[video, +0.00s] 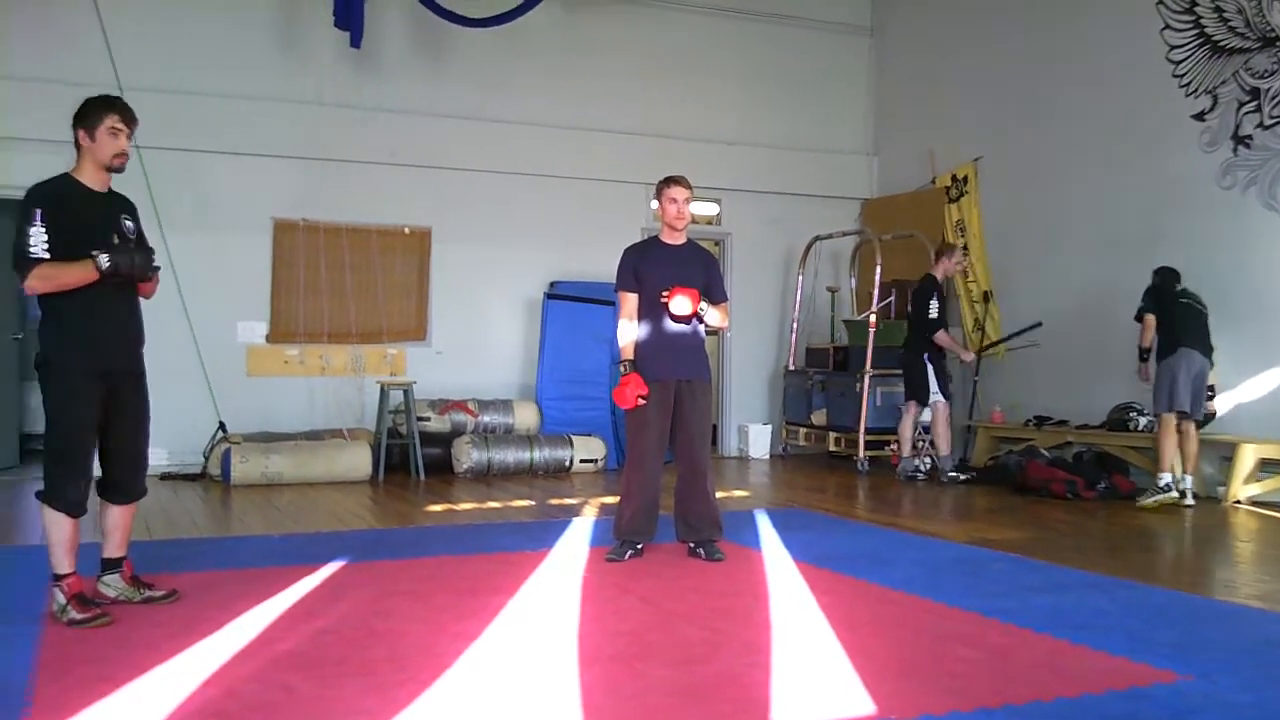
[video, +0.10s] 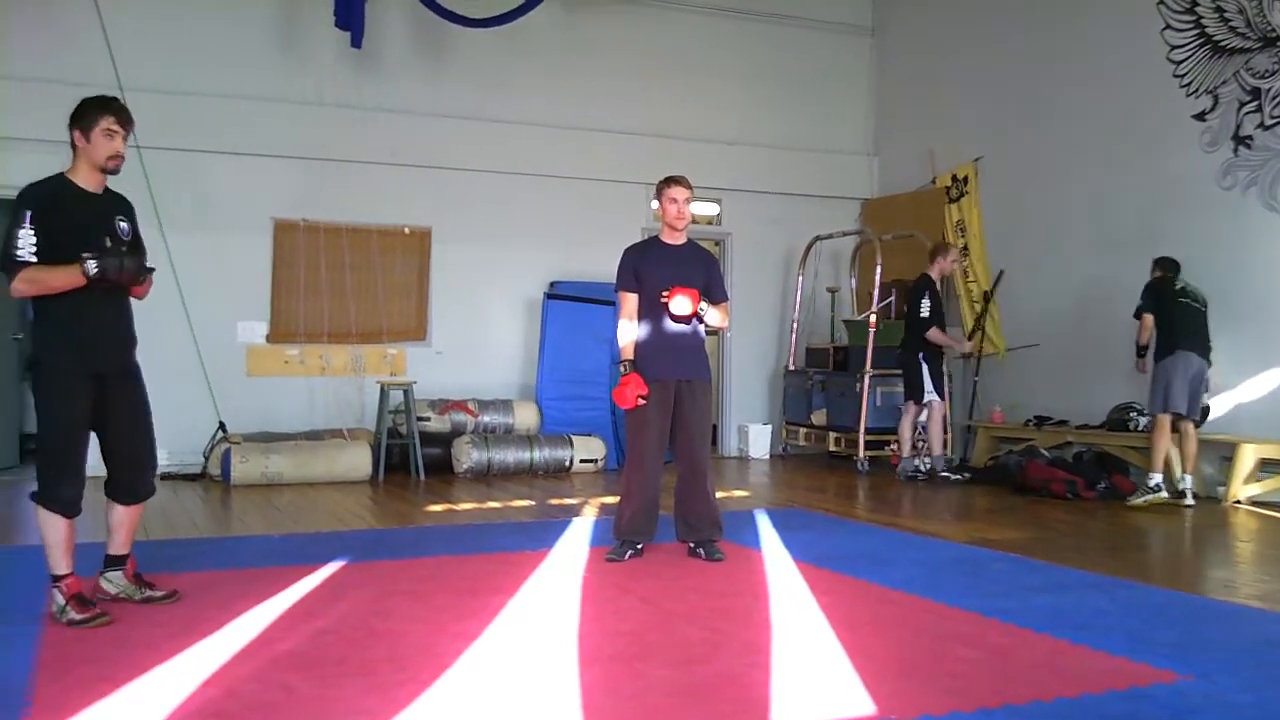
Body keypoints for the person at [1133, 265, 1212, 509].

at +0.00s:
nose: (1152, 282)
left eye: (1154, 279)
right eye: (1155, 279)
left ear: (1156, 280)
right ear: (1178, 282)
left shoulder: (1155, 290)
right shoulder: (1195, 299)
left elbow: (1149, 322)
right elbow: (1205, 342)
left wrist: (1144, 358)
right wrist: (1208, 381)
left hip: (1176, 351)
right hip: (1202, 357)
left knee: (1167, 418)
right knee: (1188, 424)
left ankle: (1164, 484)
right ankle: (1187, 487)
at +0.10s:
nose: (1152, 276)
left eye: (1153, 272)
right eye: (1153, 272)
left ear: (1157, 271)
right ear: (1176, 273)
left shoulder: (1155, 286)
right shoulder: (1196, 293)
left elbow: (1147, 321)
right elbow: (1203, 334)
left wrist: (1141, 353)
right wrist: (1204, 369)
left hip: (1174, 353)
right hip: (1200, 357)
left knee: (1162, 419)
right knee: (1188, 424)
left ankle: (1154, 484)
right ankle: (1187, 487)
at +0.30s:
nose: (1148, 261)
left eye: (1150, 256)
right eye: (1149, 256)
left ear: (1158, 256)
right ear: (1174, 258)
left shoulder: (1153, 279)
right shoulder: (1195, 284)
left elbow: (1145, 318)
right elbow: (1196, 324)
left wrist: (1136, 350)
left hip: (1167, 355)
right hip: (1194, 359)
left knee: (1151, 419)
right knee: (1186, 423)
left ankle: (1137, 483)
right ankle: (1186, 488)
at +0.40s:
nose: (1153, 255)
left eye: (1155, 250)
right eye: (1154, 249)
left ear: (1164, 250)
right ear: (1180, 252)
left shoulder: (1158, 277)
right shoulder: (1201, 283)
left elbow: (1149, 318)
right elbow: (1207, 327)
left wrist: (1138, 349)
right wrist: (1185, 341)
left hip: (1168, 356)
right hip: (1196, 360)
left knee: (1153, 421)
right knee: (1191, 424)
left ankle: (1136, 484)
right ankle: (1193, 488)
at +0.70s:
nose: (1109, 248)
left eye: (1111, 243)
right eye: (1110, 243)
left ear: (1121, 244)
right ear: (1135, 245)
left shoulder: (1110, 276)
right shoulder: (1155, 281)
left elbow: (1094, 320)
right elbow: (1155, 326)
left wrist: (1073, 328)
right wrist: (1139, 348)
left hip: (1113, 357)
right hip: (1140, 360)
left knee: (1106, 422)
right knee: (1144, 423)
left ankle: (1099, 486)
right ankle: (1156, 486)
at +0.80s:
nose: (1086, 247)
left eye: (1088, 242)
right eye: (1086, 242)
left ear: (1098, 243)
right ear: (1111, 243)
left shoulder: (1086, 274)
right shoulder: (1132, 279)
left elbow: (1062, 315)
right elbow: (1131, 322)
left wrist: (1043, 315)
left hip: (1090, 355)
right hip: (1117, 359)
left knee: (1087, 420)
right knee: (1122, 418)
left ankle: (1083, 484)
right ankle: (1138, 481)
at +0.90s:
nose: (1081, 245)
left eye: (1083, 240)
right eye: (1081, 239)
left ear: (1094, 240)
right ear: (1107, 241)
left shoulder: (1081, 273)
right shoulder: (1128, 277)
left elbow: (1058, 309)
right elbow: (1128, 320)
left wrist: (1039, 302)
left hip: (1086, 354)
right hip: (1113, 356)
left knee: (1088, 419)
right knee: (1120, 416)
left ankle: (1087, 483)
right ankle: (1141, 476)